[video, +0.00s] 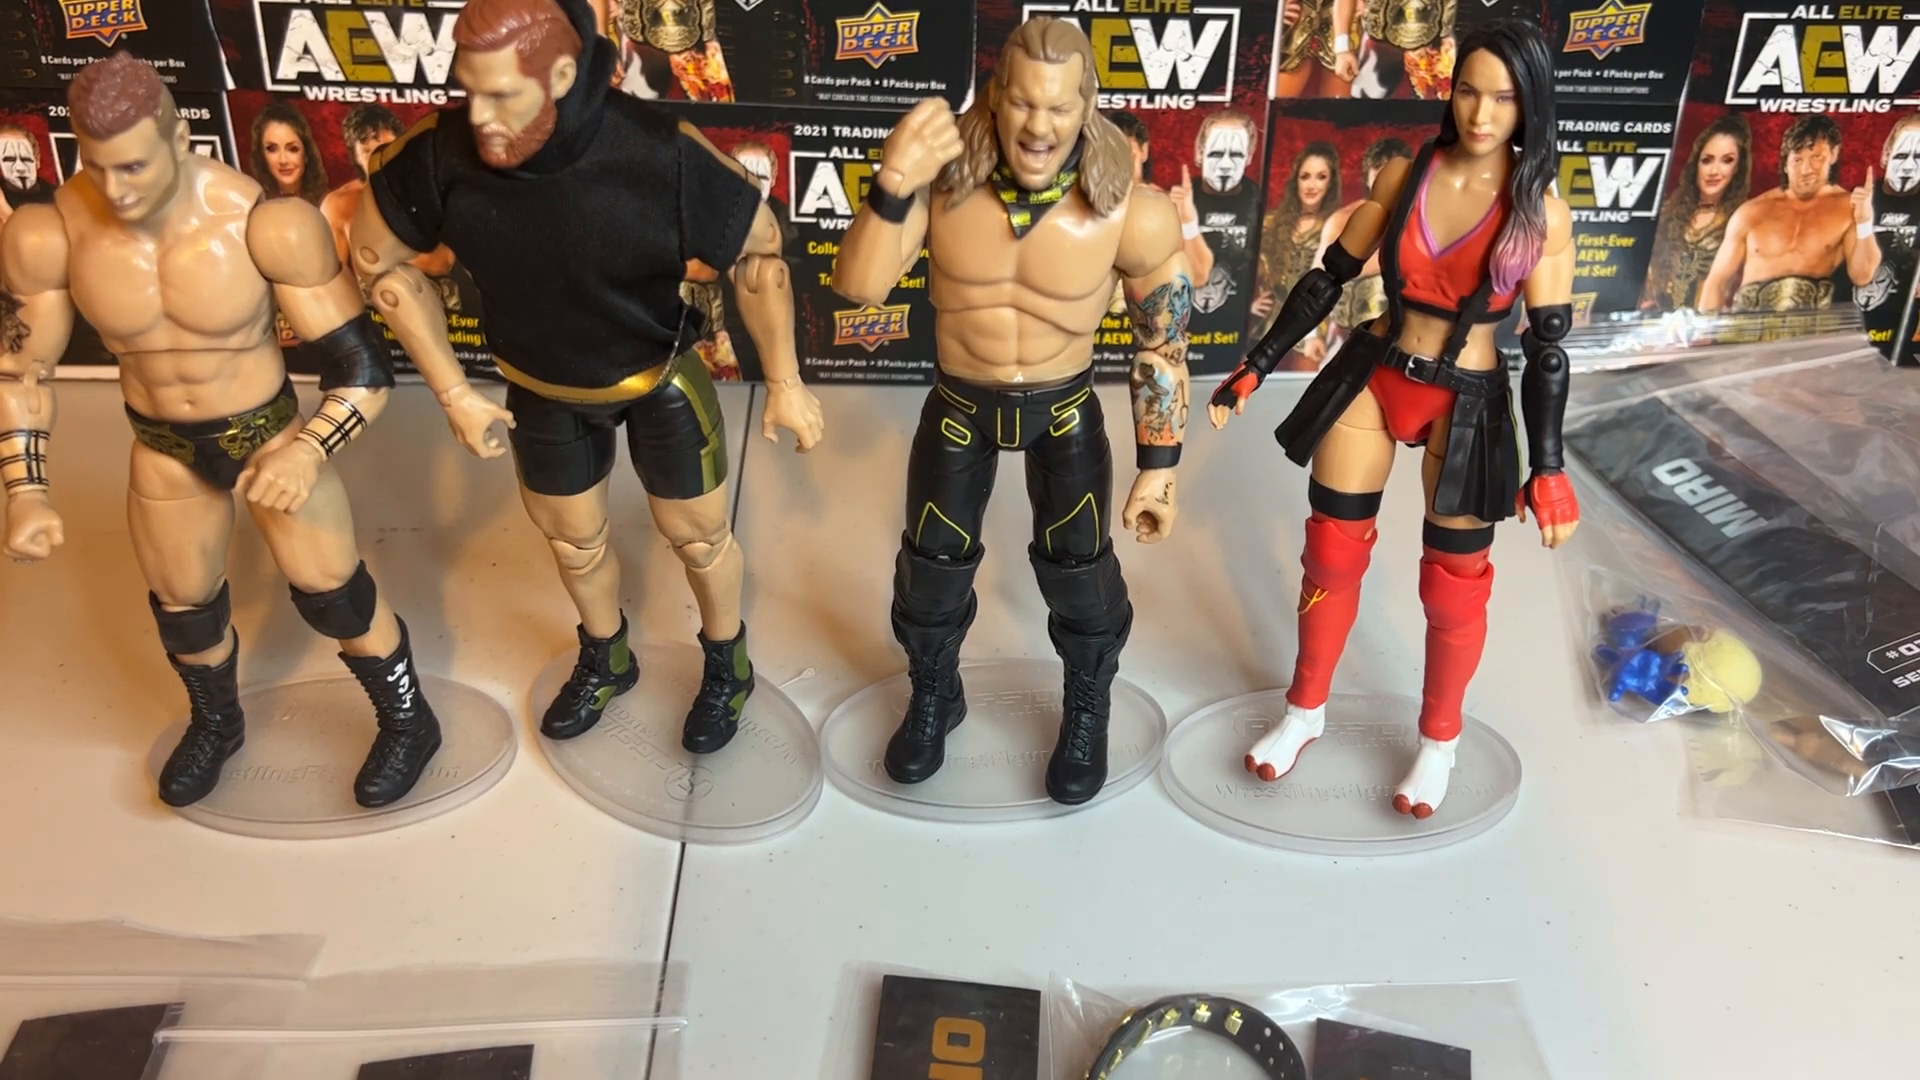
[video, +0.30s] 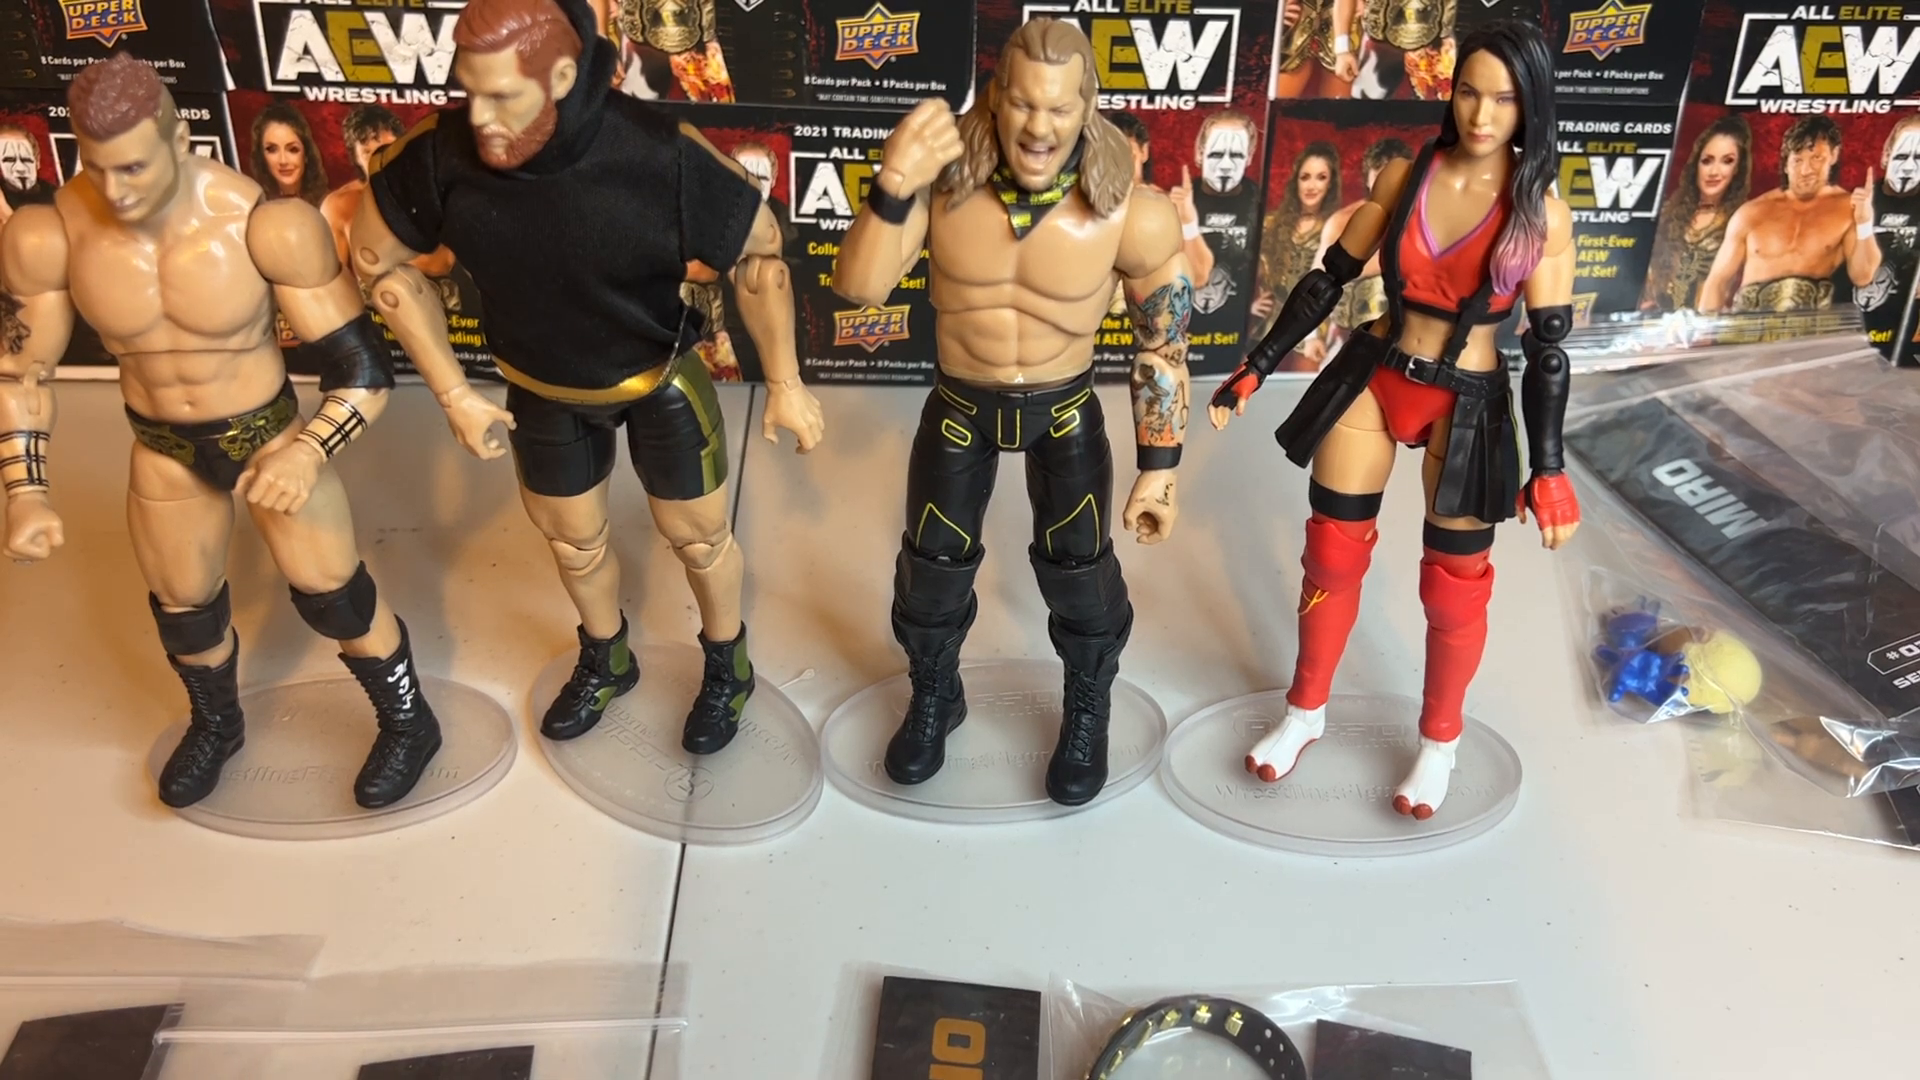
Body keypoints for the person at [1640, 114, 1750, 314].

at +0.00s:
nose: (1714, 171)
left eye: (1727, 160)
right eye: (1706, 160)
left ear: (1739, 168)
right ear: (1695, 164)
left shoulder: (1743, 218)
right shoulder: (1671, 212)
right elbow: (1655, 265)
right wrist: (1649, 298)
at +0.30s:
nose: (1714, 171)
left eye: (1727, 161)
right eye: (1706, 160)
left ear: (1739, 168)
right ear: (1695, 164)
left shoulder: (1743, 219)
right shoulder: (1671, 213)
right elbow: (1655, 266)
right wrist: (1650, 300)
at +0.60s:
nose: (1714, 171)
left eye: (1727, 161)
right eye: (1707, 160)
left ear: (1739, 168)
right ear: (1695, 164)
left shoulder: (1743, 219)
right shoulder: (1671, 213)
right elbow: (1655, 267)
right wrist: (1649, 300)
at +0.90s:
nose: (1714, 171)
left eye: (1727, 161)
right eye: (1707, 160)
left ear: (1739, 168)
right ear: (1695, 164)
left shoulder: (1743, 219)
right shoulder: (1670, 212)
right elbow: (1655, 266)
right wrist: (1650, 299)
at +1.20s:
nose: (1714, 171)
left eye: (1727, 160)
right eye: (1706, 160)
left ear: (1738, 167)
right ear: (1695, 164)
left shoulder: (1742, 220)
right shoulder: (1670, 213)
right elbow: (1654, 269)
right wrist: (1649, 301)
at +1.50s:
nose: (1714, 171)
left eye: (1727, 160)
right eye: (1706, 160)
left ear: (1739, 167)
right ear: (1695, 164)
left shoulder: (1743, 219)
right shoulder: (1671, 212)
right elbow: (1654, 265)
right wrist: (1650, 299)